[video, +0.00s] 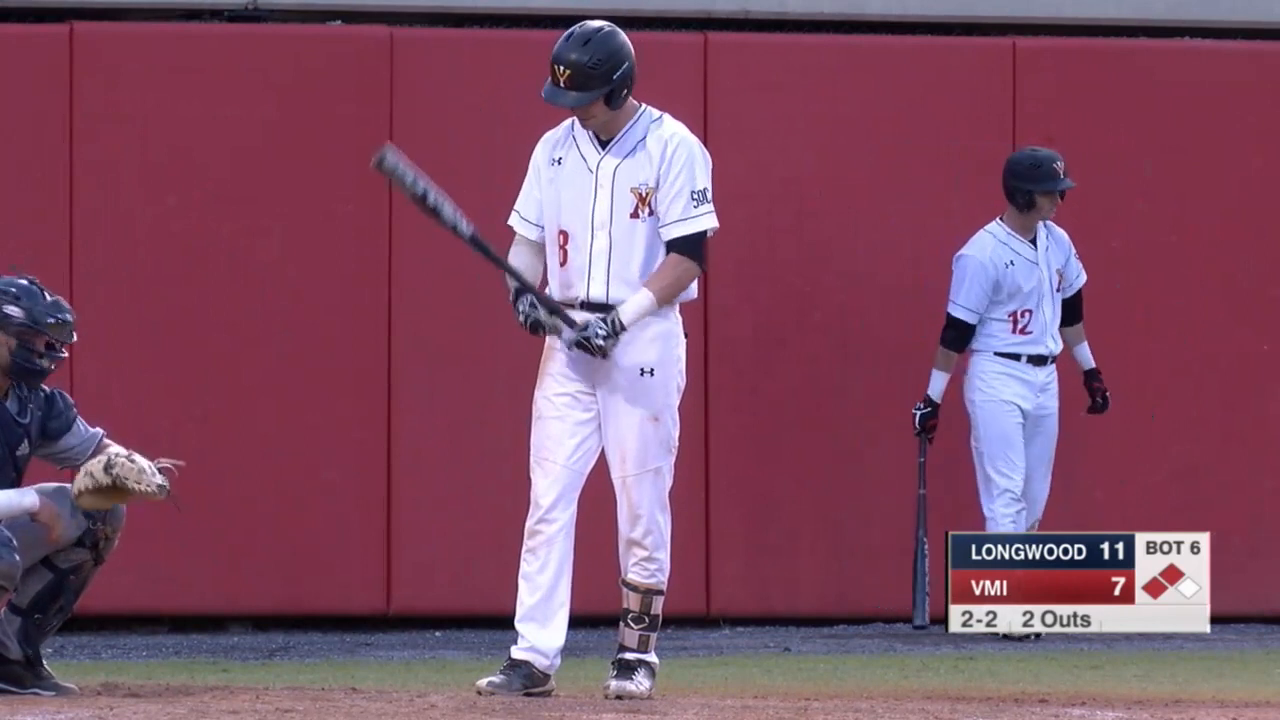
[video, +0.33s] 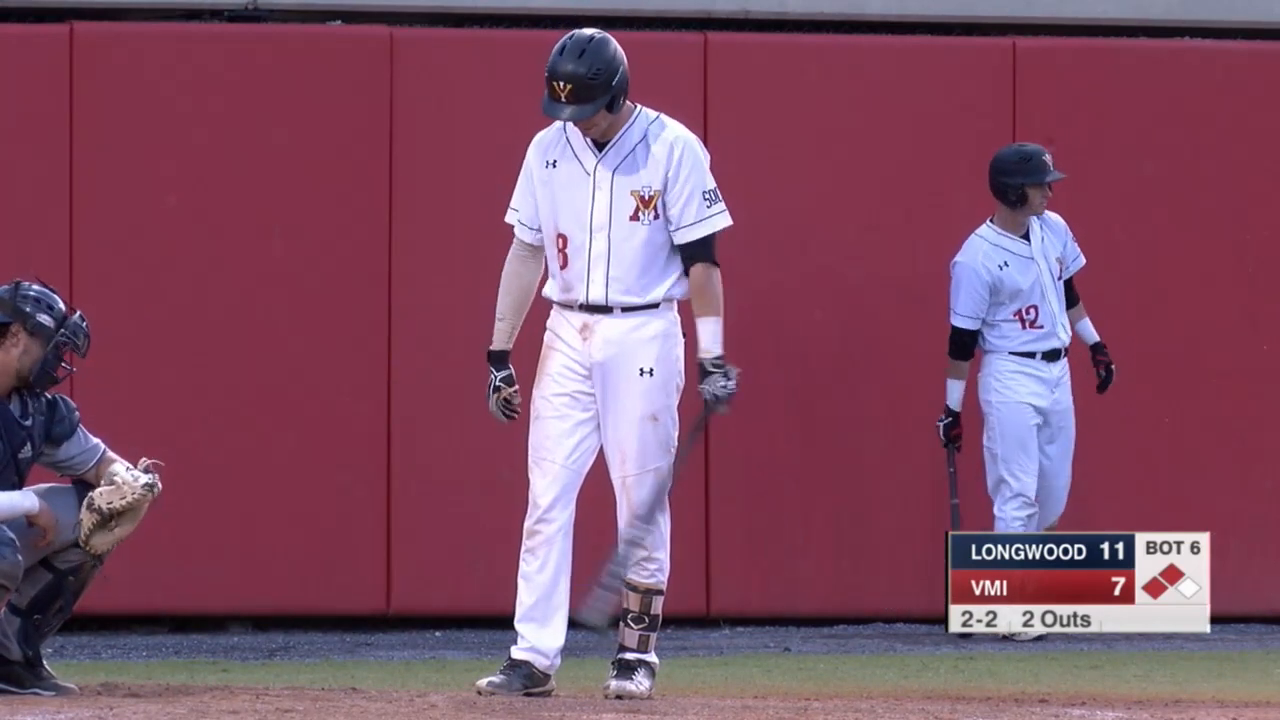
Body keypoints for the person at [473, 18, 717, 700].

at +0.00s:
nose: (572, 110)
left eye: (581, 99)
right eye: (567, 98)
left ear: (617, 87)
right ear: (566, 87)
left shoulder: (673, 144)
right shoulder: (553, 147)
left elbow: (689, 255)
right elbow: (528, 241)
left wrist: (622, 313)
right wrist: (523, 291)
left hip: (643, 345)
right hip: (565, 342)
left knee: (640, 500)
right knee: (548, 501)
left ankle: (635, 655)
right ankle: (533, 658)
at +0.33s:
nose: (577, 122)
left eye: (587, 111)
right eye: (569, 110)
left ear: (619, 94)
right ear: (560, 96)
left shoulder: (673, 147)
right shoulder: (548, 146)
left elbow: (700, 259)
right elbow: (525, 253)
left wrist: (713, 357)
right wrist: (500, 352)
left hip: (643, 339)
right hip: (566, 339)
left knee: (639, 494)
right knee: (547, 497)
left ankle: (636, 652)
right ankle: (533, 657)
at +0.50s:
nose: (573, 127)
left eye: (582, 115)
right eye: (563, 115)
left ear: (614, 98)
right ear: (553, 101)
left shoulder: (672, 149)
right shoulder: (544, 146)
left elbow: (724, 249)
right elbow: (524, 246)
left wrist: (777, 329)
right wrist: (497, 337)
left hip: (640, 341)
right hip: (563, 339)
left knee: (638, 490)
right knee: (546, 496)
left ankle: (635, 652)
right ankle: (533, 656)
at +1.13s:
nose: (569, 128)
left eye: (576, 117)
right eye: (562, 118)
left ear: (608, 98)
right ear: (555, 103)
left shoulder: (672, 148)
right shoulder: (548, 146)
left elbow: (690, 260)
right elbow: (528, 252)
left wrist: (696, 360)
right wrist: (507, 340)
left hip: (646, 340)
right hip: (567, 339)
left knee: (639, 495)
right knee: (547, 497)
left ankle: (635, 653)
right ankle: (534, 655)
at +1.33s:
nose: (572, 129)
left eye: (579, 118)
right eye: (564, 118)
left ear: (612, 100)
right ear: (557, 103)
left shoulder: (674, 148)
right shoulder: (550, 147)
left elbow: (685, 256)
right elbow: (534, 246)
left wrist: (629, 327)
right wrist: (521, 316)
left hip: (646, 339)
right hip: (568, 337)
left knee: (640, 495)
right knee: (548, 500)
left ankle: (636, 651)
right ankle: (533, 657)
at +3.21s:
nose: (579, 135)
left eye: (590, 122)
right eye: (569, 122)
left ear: (620, 104)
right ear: (558, 106)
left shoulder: (670, 155)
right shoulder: (551, 150)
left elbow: (660, 273)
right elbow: (534, 241)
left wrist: (568, 282)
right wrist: (531, 260)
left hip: (634, 342)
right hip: (560, 338)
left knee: (631, 490)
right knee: (516, 480)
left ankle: (634, 650)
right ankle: (525, 642)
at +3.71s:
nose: (495, 140)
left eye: (502, 128)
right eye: (487, 130)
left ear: (529, 108)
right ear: (479, 119)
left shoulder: (590, 147)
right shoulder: (480, 163)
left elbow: (572, 252)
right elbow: (489, 278)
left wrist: (480, 255)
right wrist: (458, 258)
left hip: (594, 348)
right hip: (518, 348)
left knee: (610, 499)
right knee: (486, 501)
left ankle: (633, 650)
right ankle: (463, 660)